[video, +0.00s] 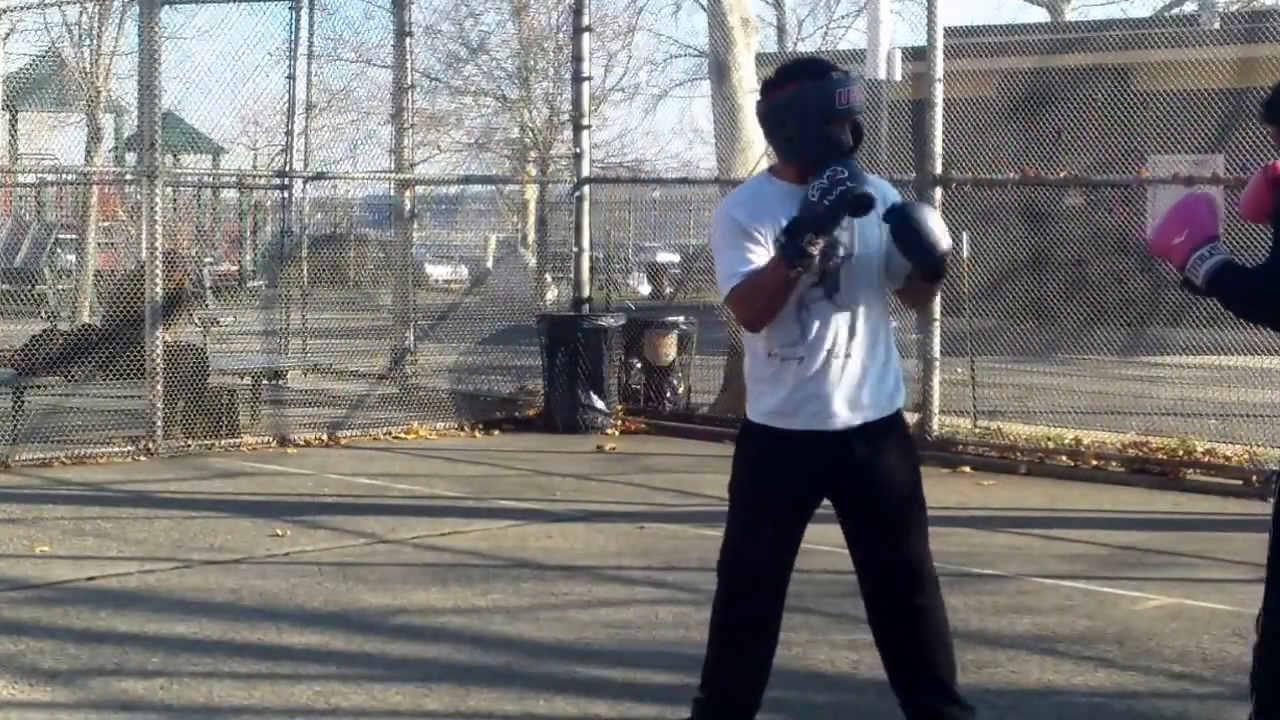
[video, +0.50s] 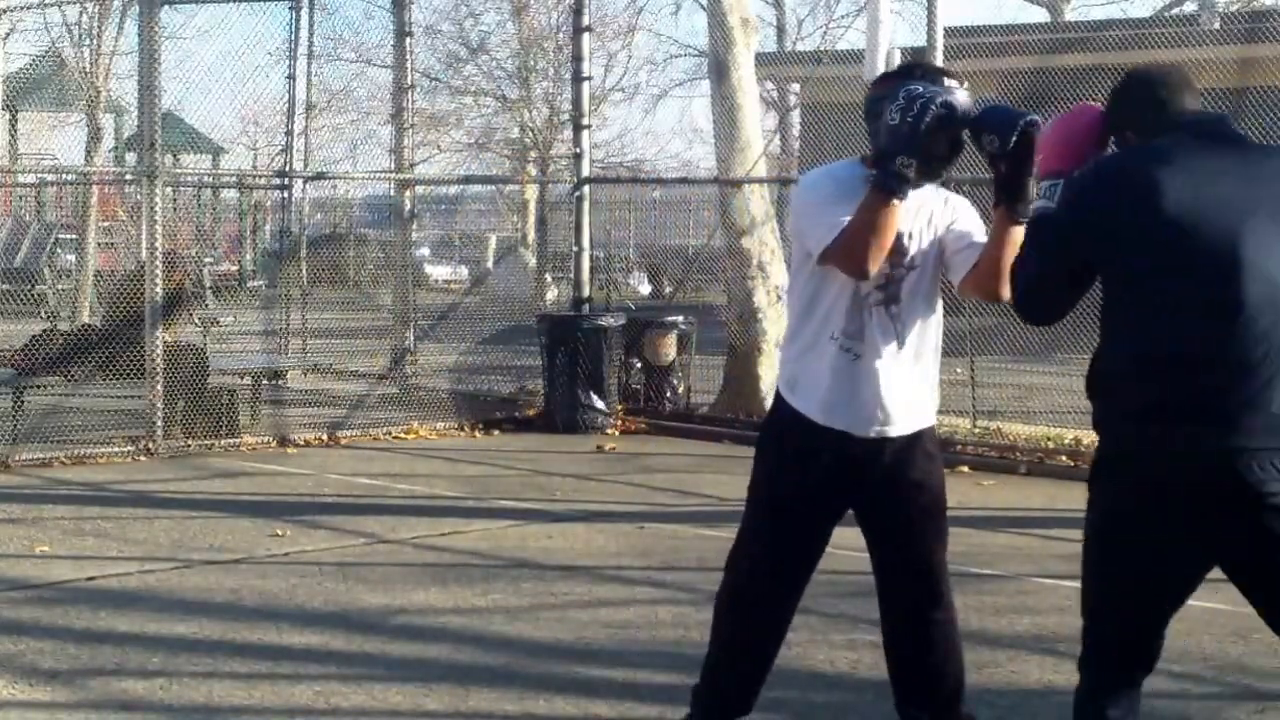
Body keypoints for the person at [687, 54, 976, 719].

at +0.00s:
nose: (847, 123)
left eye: (848, 109)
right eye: (828, 111)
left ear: (851, 117)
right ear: (783, 122)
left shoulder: (877, 195)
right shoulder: (744, 209)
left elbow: (916, 298)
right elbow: (748, 310)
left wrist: (928, 263)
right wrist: (801, 242)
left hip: (874, 427)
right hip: (779, 435)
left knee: (908, 589)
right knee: (748, 597)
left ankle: (940, 712)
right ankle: (721, 715)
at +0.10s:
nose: (845, 135)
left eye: (858, 122)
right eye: (829, 122)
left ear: (878, 130)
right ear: (804, 129)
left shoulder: (898, 200)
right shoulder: (770, 202)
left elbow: (960, 280)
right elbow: (809, 283)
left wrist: (967, 192)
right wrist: (834, 194)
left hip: (886, 439)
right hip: (789, 442)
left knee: (918, 611)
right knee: (752, 610)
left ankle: (940, 716)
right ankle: (717, 716)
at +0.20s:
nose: (888, 128)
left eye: (897, 115)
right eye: (873, 113)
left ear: (907, 129)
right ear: (838, 119)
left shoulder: (916, 202)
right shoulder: (793, 197)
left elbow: (987, 267)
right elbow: (847, 264)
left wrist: (983, 173)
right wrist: (872, 172)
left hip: (899, 443)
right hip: (800, 441)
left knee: (924, 619)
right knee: (751, 615)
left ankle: (940, 718)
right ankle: (715, 715)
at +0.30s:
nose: (920, 129)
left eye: (927, 118)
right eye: (909, 115)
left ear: (930, 133)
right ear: (873, 122)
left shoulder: (931, 206)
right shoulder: (814, 193)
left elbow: (995, 276)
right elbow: (876, 262)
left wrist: (1005, 178)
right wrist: (908, 172)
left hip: (903, 444)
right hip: (807, 439)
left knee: (924, 617)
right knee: (755, 609)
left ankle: (941, 716)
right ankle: (714, 713)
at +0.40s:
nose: (929, 129)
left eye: (939, 117)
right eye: (917, 113)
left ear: (949, 134)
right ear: (882, 119)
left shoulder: (942, 210)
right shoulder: (821, 190)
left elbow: (995, 284)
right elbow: (878, 261)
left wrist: (1016, 188)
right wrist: (916, 170)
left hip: (903, 441)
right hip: (806, 434)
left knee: (923, 613)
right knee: (757, 603)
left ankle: (939, 717)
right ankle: (715, 712)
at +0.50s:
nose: (926, 125)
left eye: (941, 114)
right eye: (913, 107)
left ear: (954, 129)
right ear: (878, 112)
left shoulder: (946, 208)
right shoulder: (819, 189)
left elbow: (995, 284)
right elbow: (861, 260)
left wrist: (1012, 188)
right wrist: (897, 170)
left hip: (907, 441)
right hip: (808, 434)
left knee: (923, 612)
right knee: (755, 604)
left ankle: (939, 717)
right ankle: (713, 712)